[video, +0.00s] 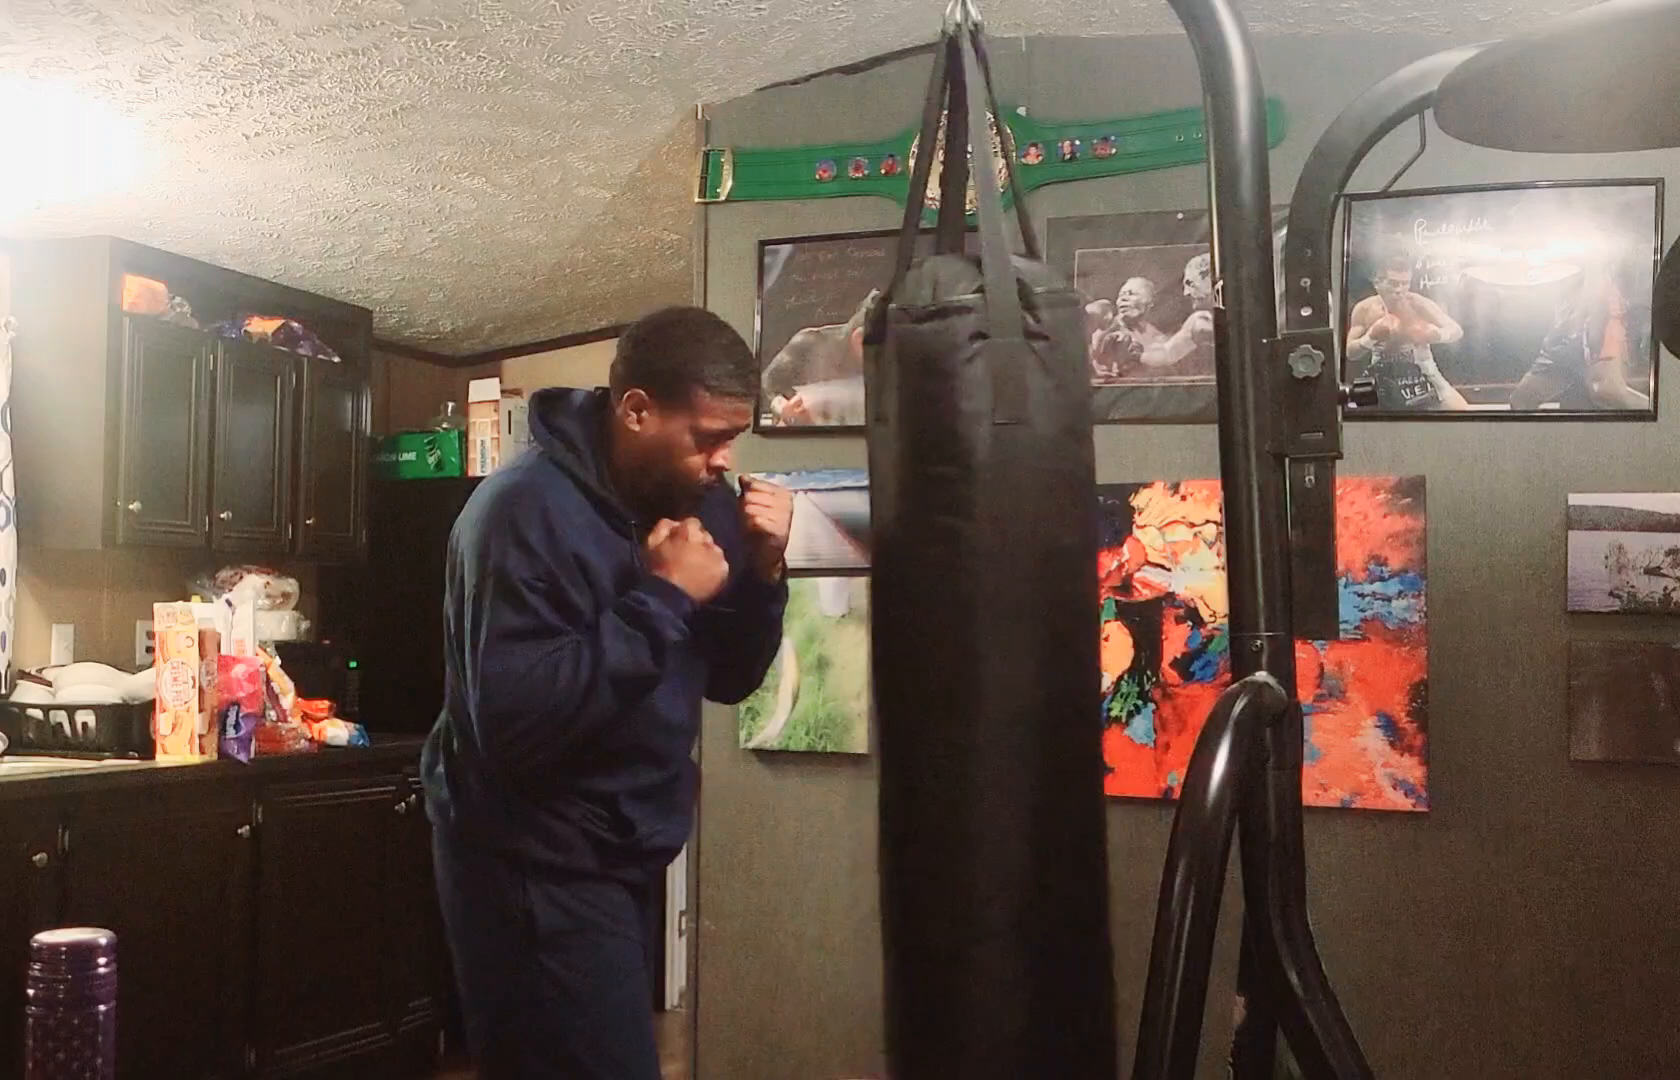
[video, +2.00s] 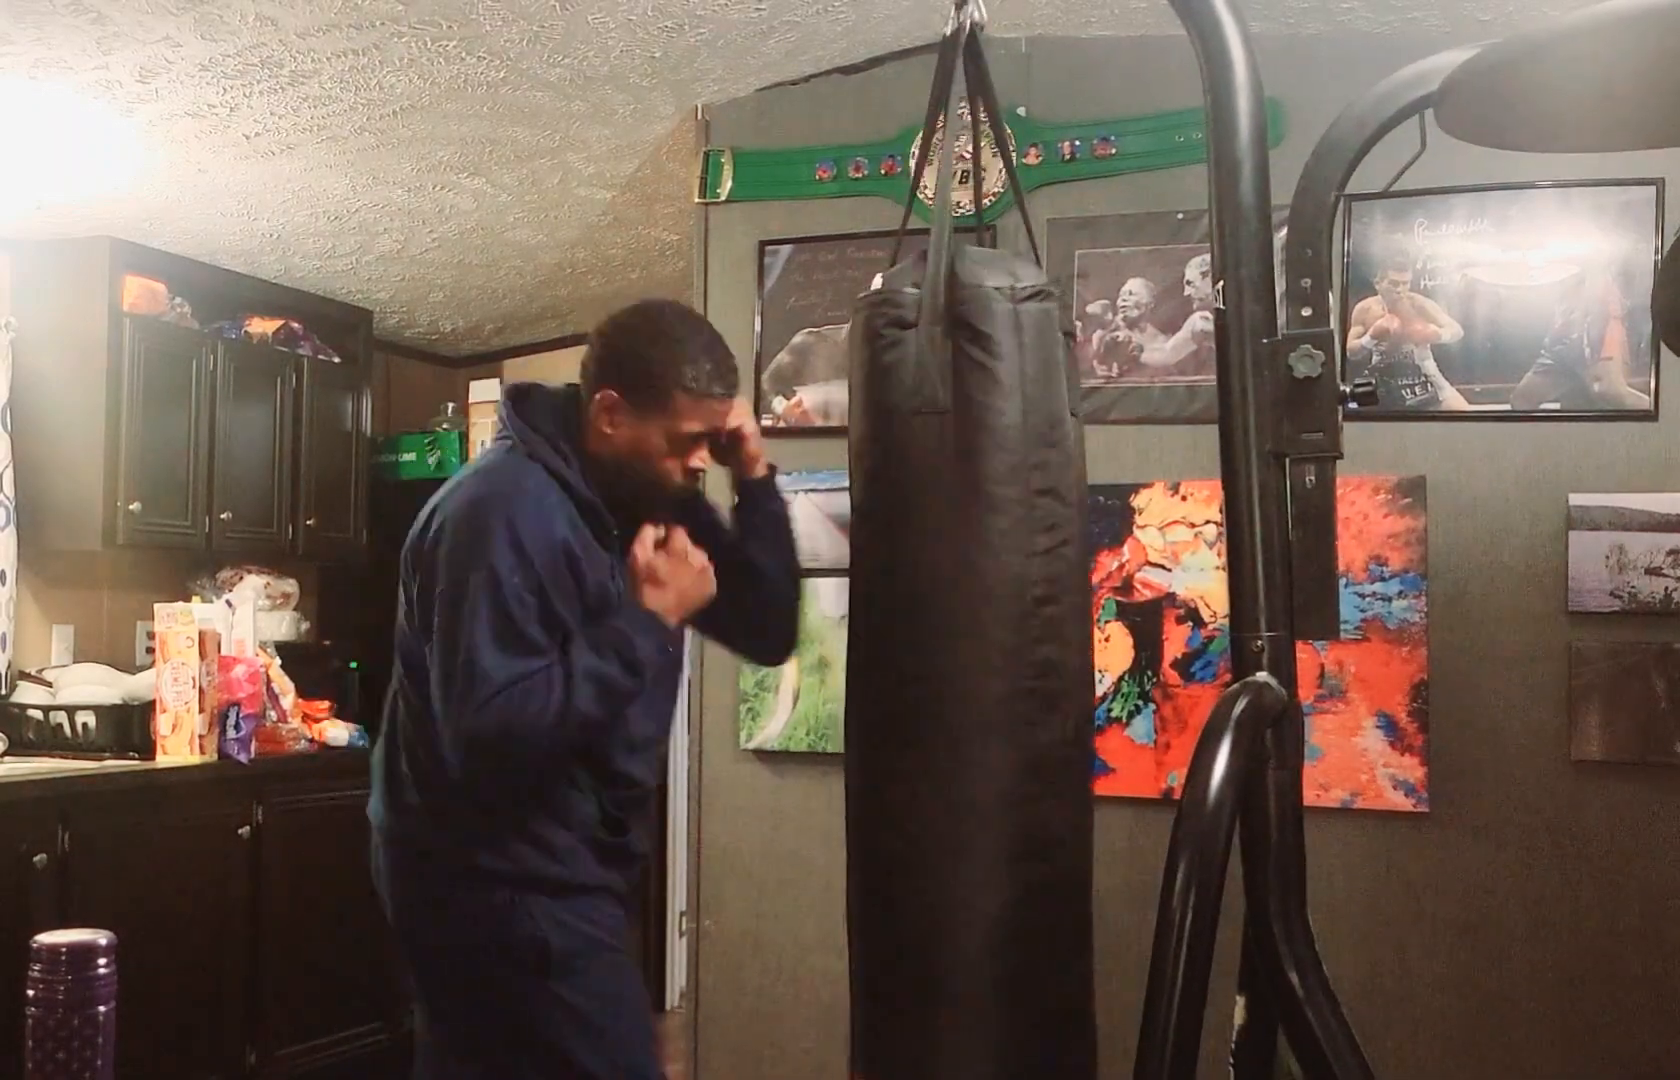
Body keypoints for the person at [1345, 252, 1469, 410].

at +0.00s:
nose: (1400, 290)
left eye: (1405, 284)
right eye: (1394, 284)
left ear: (1410, 283)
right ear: (1377, 283)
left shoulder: (1420, 304)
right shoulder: (1364, 309)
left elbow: (1456, 331)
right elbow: (1351, 353)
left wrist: (1433, 334)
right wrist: (1372, 337)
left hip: (1425, 379)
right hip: (1383, 381)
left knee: (1465, 414)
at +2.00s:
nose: (1400, 290)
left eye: (1405, 284)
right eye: (1394, 284)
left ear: (1410, 283)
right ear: (1378, 283)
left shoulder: (1420, 304)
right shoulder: (1364, 309)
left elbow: (1457, 331)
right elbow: (1350, 352)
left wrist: (1434, 334)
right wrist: (1372, 336)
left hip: (1426, 381)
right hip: (1383, 384)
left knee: (1466, 416)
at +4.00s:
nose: (1401, 290)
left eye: (1406, 284)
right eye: (1395, 284)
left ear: (1411, 283)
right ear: (1379, 283)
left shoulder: (1421, 305)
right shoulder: (1365, 310)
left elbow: (1457, 331)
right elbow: (1351, 353)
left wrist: (1435, 335)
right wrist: (1372, 337)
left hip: (1427, 381)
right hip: (1384, 384)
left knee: (1467, 415)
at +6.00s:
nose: (1402, 290)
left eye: (1406, 285)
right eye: (1396, 284)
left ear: (1412, 283)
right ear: (1379, 284)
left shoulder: (1421, 305)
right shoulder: (1365, 310)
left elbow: (1458, 331)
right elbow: (1352, 353)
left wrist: (1436, 335)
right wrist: (1373, 337)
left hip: (1427, 380)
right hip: (1384, 383)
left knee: (1467, 416)